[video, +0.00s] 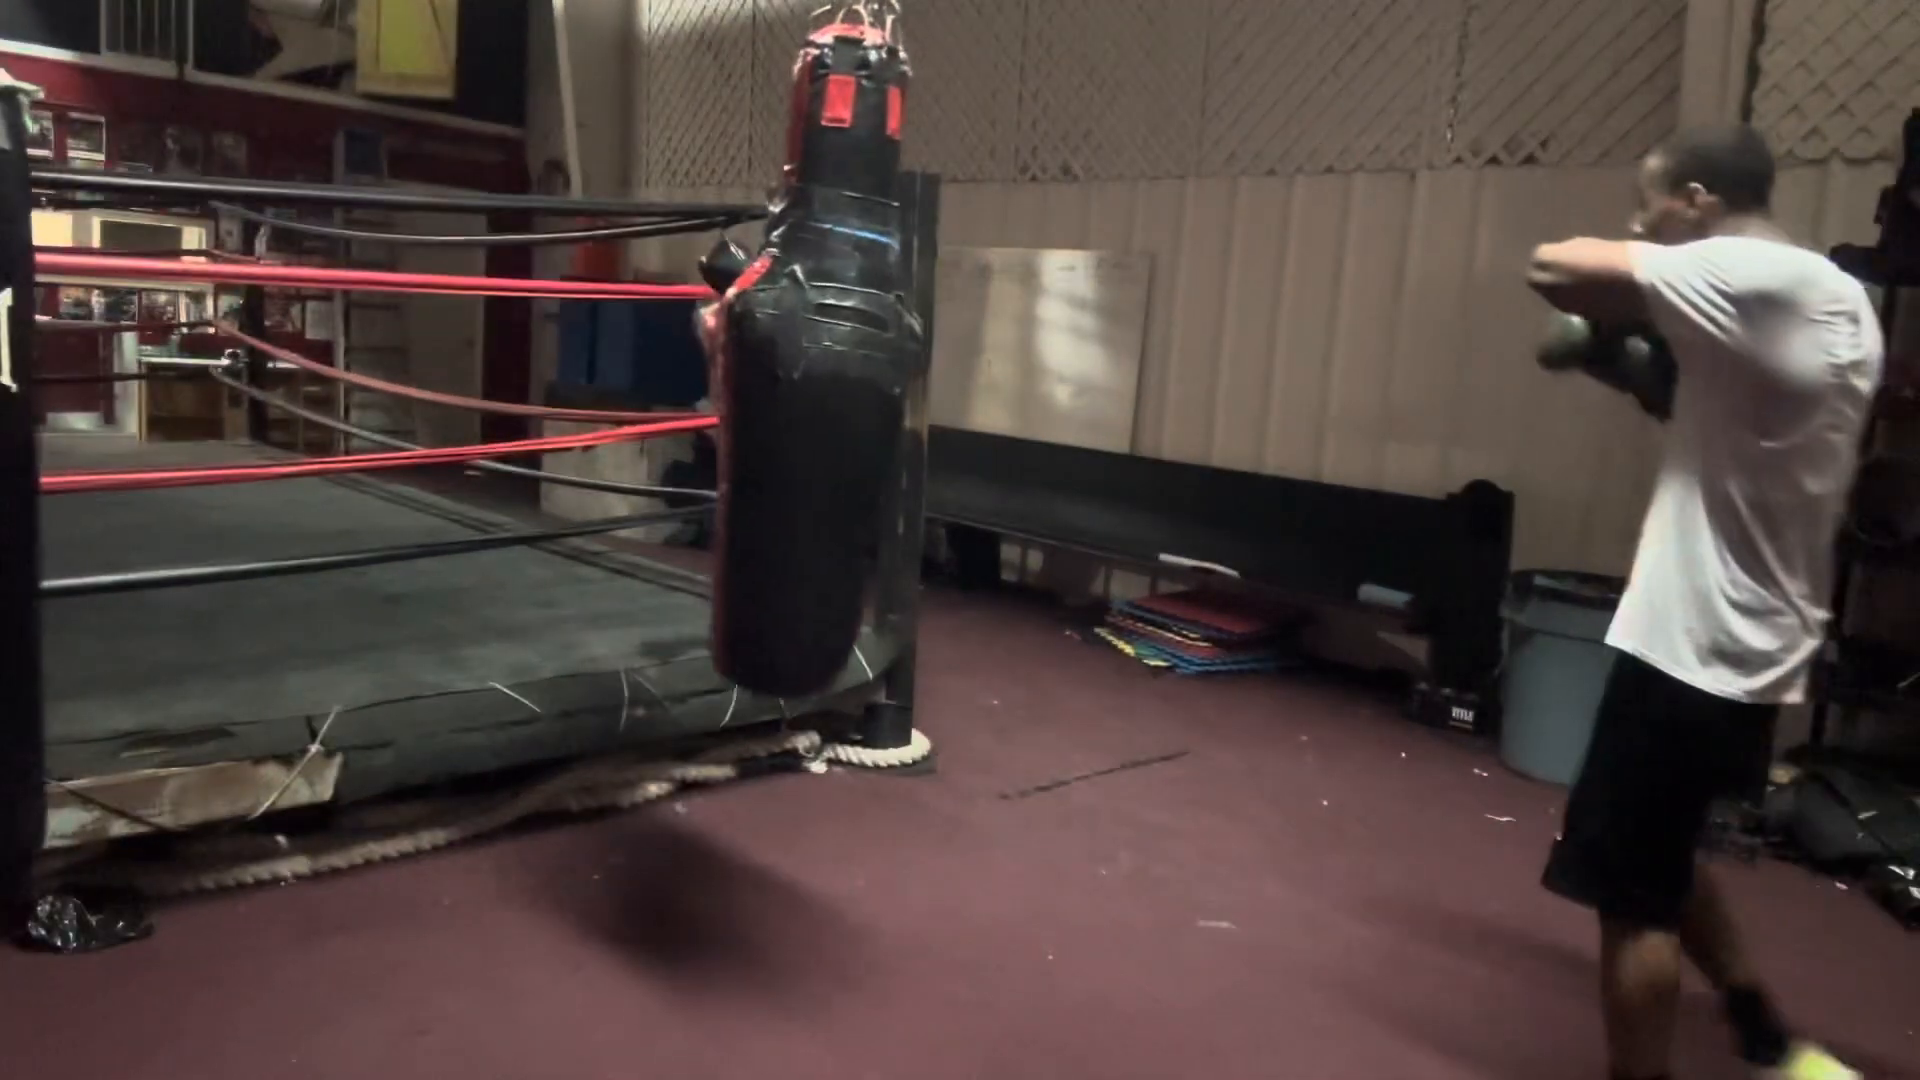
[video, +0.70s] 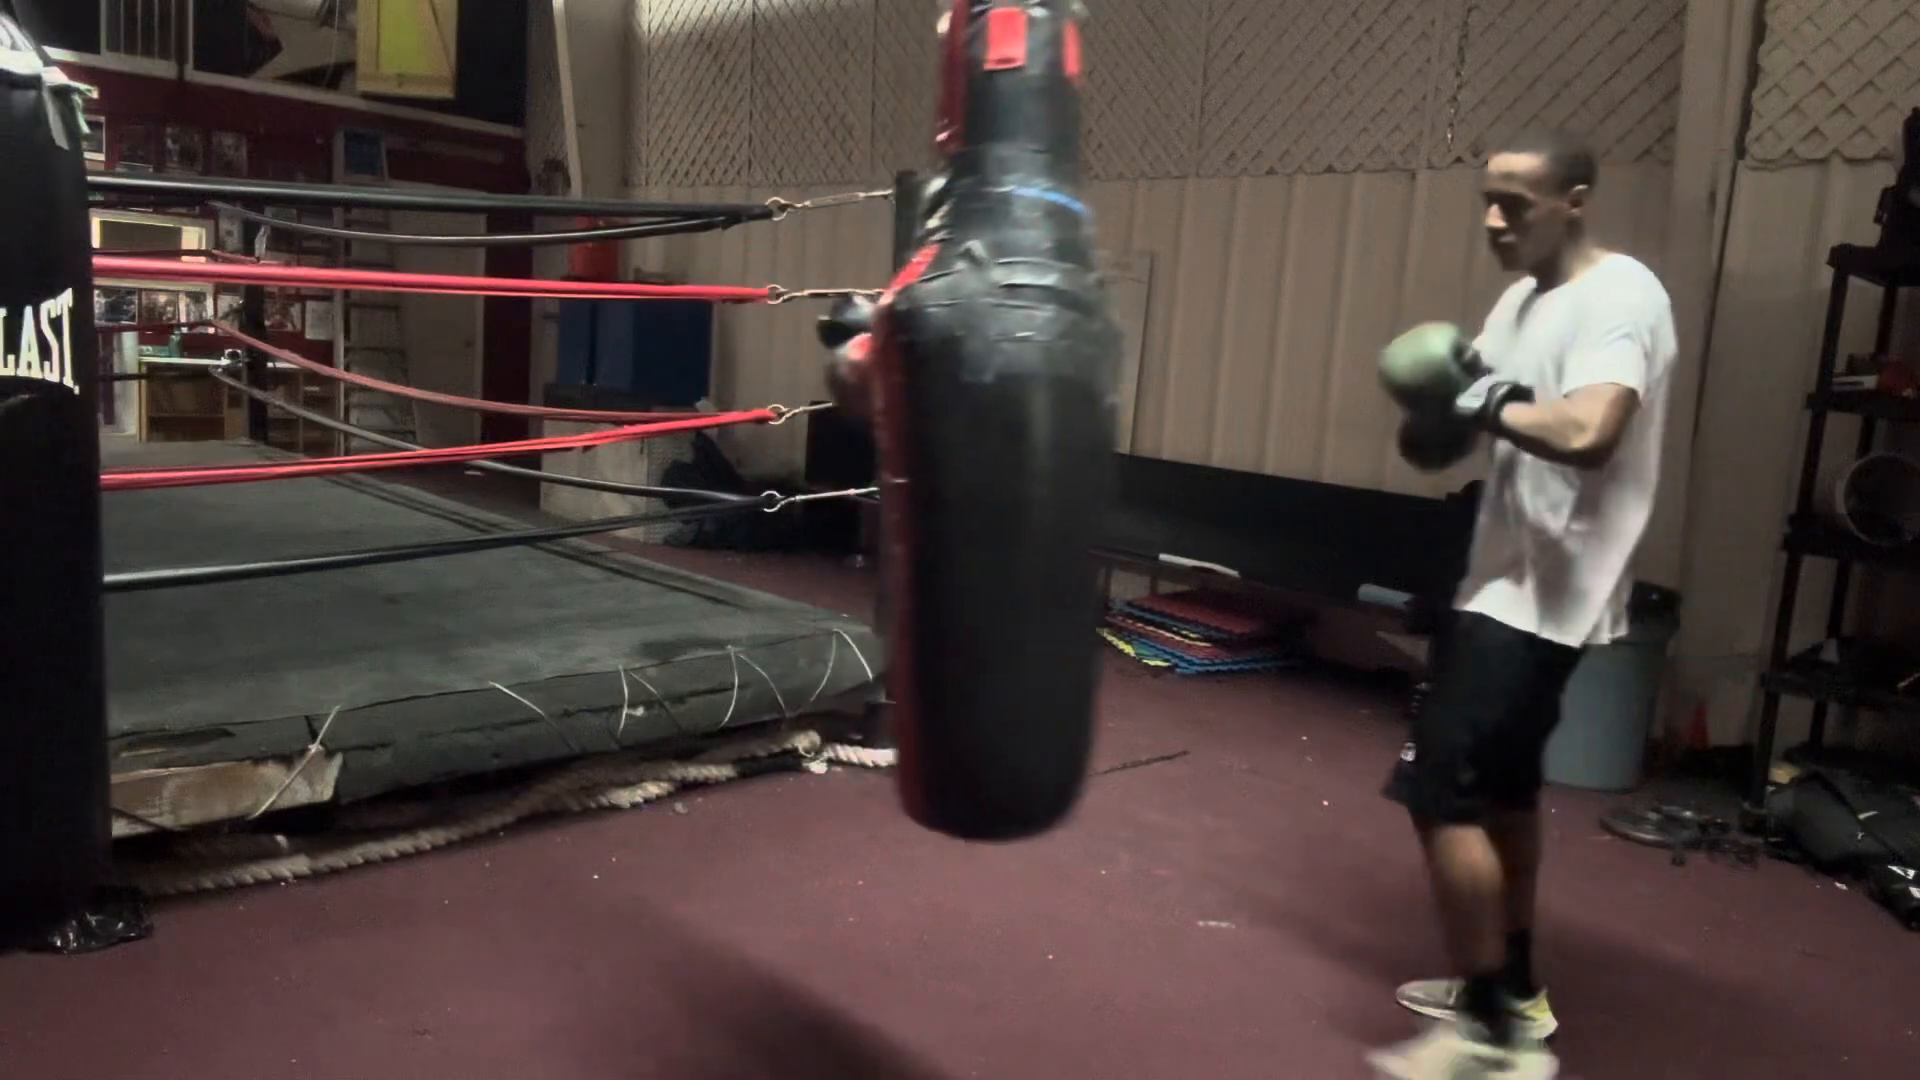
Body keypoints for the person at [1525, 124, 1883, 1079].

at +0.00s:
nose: (1647, 226)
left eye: (1654, 210)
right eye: (1647, 210)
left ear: (1698, 201)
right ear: (1755, 201)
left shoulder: (1743, 275)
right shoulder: (1848, 297)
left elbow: (1551, 262)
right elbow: (1741, 401)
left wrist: (1631, 304)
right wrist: (1628, 361)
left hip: (1689, 651)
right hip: (1757, 652)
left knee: (1633, 890)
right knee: (1661, 857)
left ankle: (1638, 1073)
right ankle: (1769, 1043)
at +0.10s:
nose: (1624, 217)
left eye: (1632, 200)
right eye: (1625, 200)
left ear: (1676, 196)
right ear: (1720, 195)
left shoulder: (1729, 268)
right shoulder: (1809, 289)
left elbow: (1535, 255)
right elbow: (1707, 394)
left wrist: (1621, 260)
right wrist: (1599, 344)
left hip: (1675, 632)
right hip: (1727, 630)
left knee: (1631, 881)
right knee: (1619, 850)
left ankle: (1638, 1070)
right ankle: (1690, 1035)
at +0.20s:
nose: (1594, 221)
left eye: (1604, 206)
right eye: (1595, 206)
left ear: (1655, 204)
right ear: (1675, 204)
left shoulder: (1726, 273)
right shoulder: (1766, 285)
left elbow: (1520, 258)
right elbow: (1661, 416)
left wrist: (1597, 254)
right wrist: (1577, 340)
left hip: (1666, 626)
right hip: (1651, 613)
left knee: (1641, 871)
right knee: (1559, 809)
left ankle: (1642, 1063)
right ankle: (1566, 999)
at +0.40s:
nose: (1542, 231)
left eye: (1559, 213)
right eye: (1542, 211)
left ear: (1624, 217)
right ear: (1618, 222)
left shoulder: (1682, 297)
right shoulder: (1627, 306)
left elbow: (1530, 365)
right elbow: (1563, 450)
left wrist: (1487, 342)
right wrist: (1481, 361)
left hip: (1609, 626)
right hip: (1552, 611)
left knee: (1569, 852)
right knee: (1507, 803)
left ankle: (1623, 1064)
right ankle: (1509, 986)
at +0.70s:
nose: (1493, 217)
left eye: (1513, 202)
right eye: (1488, 199)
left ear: (1575, 205)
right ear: (1489, 203)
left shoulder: (1622, 293)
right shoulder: (1514, 303)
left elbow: (1586, 429)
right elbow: (1441, 448)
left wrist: (1479, 400)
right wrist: (1432, 410)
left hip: (1543, 597)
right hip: (1500, 583)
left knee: (1439, 789)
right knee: (1500, 789)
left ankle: (1494, 1025)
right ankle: (1508, 985)